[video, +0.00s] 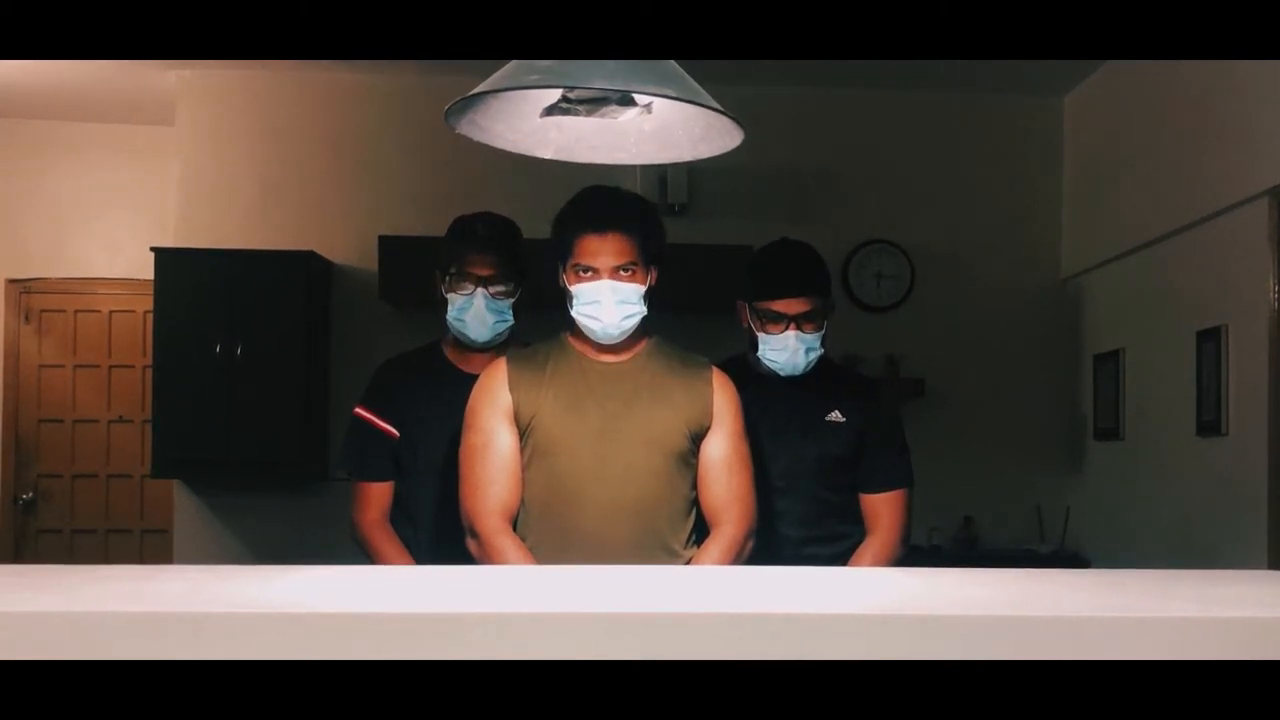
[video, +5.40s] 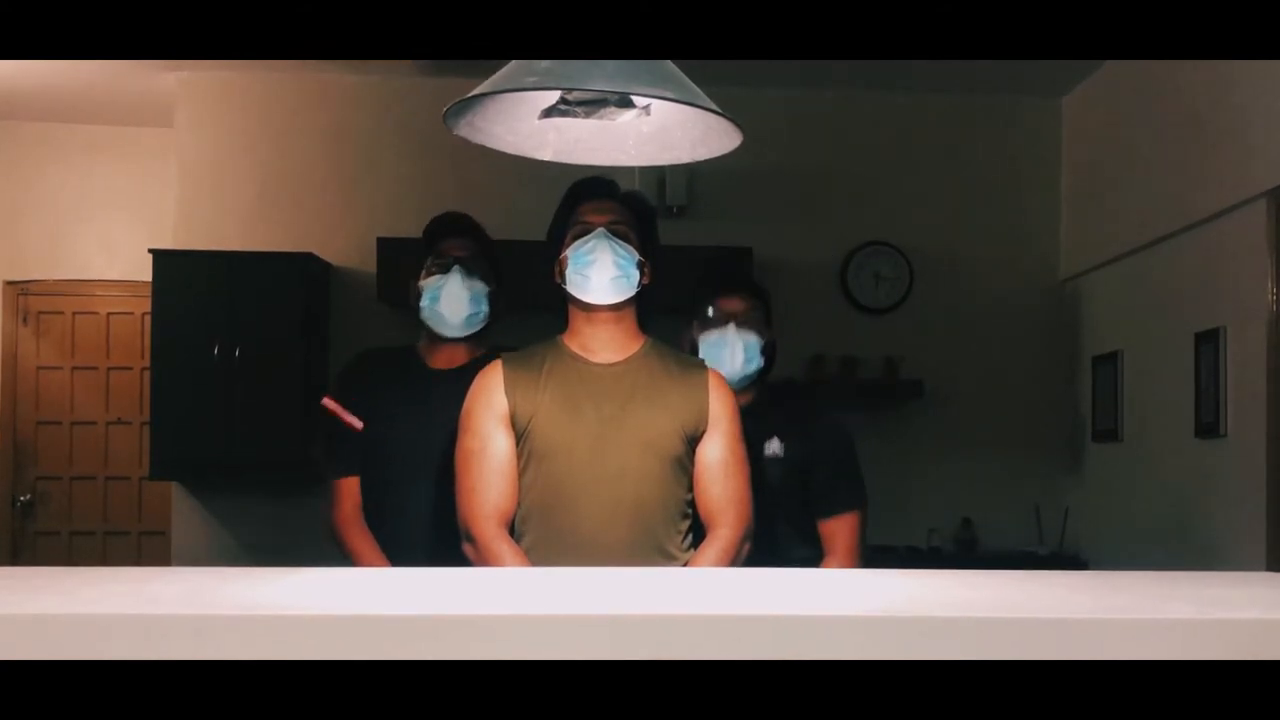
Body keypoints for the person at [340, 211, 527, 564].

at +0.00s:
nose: (480, 305)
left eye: (499, 289)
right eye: (464, 284)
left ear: (518, 293)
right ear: (443, 286)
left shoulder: (539, 384)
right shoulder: (399, 380)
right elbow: (370, 520)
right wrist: (423, 597)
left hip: (516, 593)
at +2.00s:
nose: (481, 271)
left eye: (498, 259)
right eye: (465, 256)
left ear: (516, 275)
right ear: (443, 273)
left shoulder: (541, 380)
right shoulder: (397, 378)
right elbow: (368, 520)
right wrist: (422, 599)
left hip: (517, 593)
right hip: (426, 591)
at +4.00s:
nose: (483, 262)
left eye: (499, 252)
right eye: (469, 251)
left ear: (518, 272)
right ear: (446, 272)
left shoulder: (542, 382)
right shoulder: (399, 380)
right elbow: (369, 518)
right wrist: (421, 598)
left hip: (518, 593)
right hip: (427, 592)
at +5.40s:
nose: (454, 284)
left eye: (470, 271)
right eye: (439, 268)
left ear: (490, 287)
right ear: (418, 282)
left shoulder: (508, 380)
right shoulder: (369, 375)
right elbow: (346, 514)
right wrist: (393, 591)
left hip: (481, 592)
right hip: (389, 588)